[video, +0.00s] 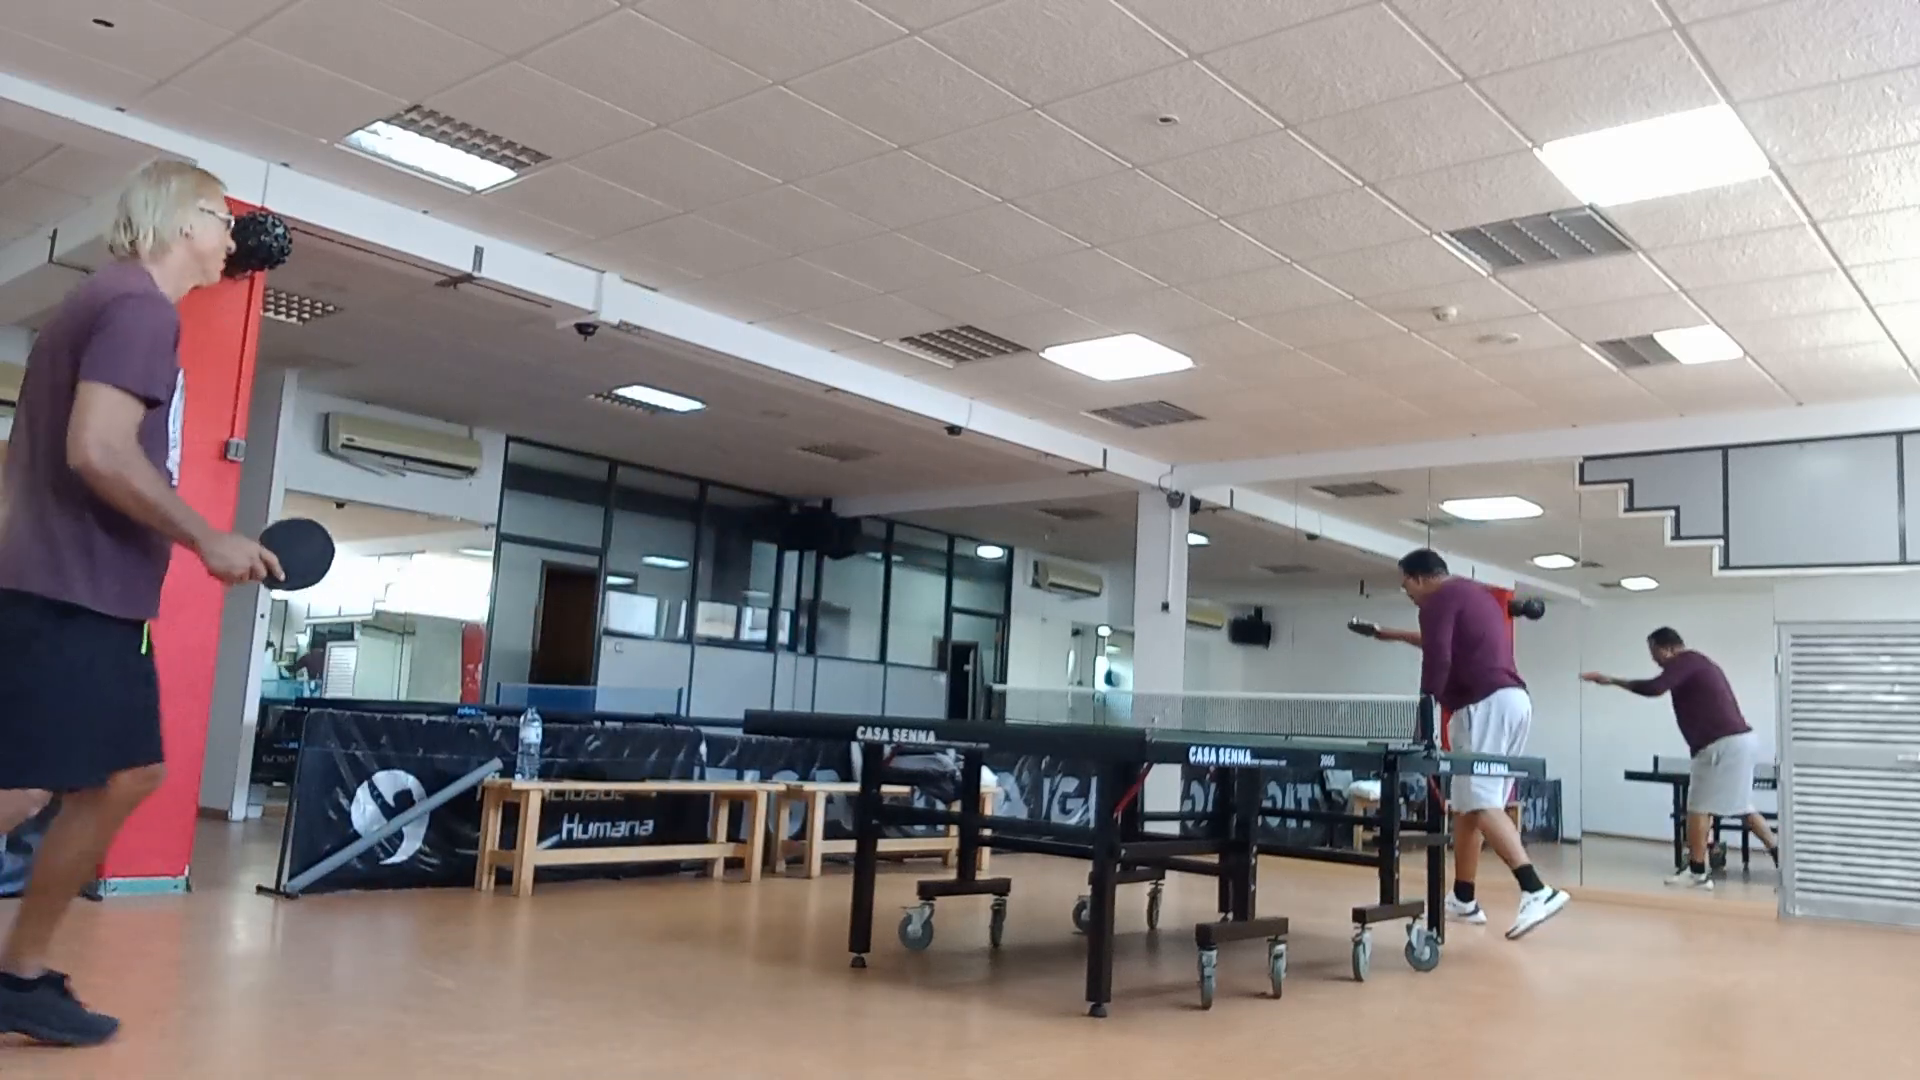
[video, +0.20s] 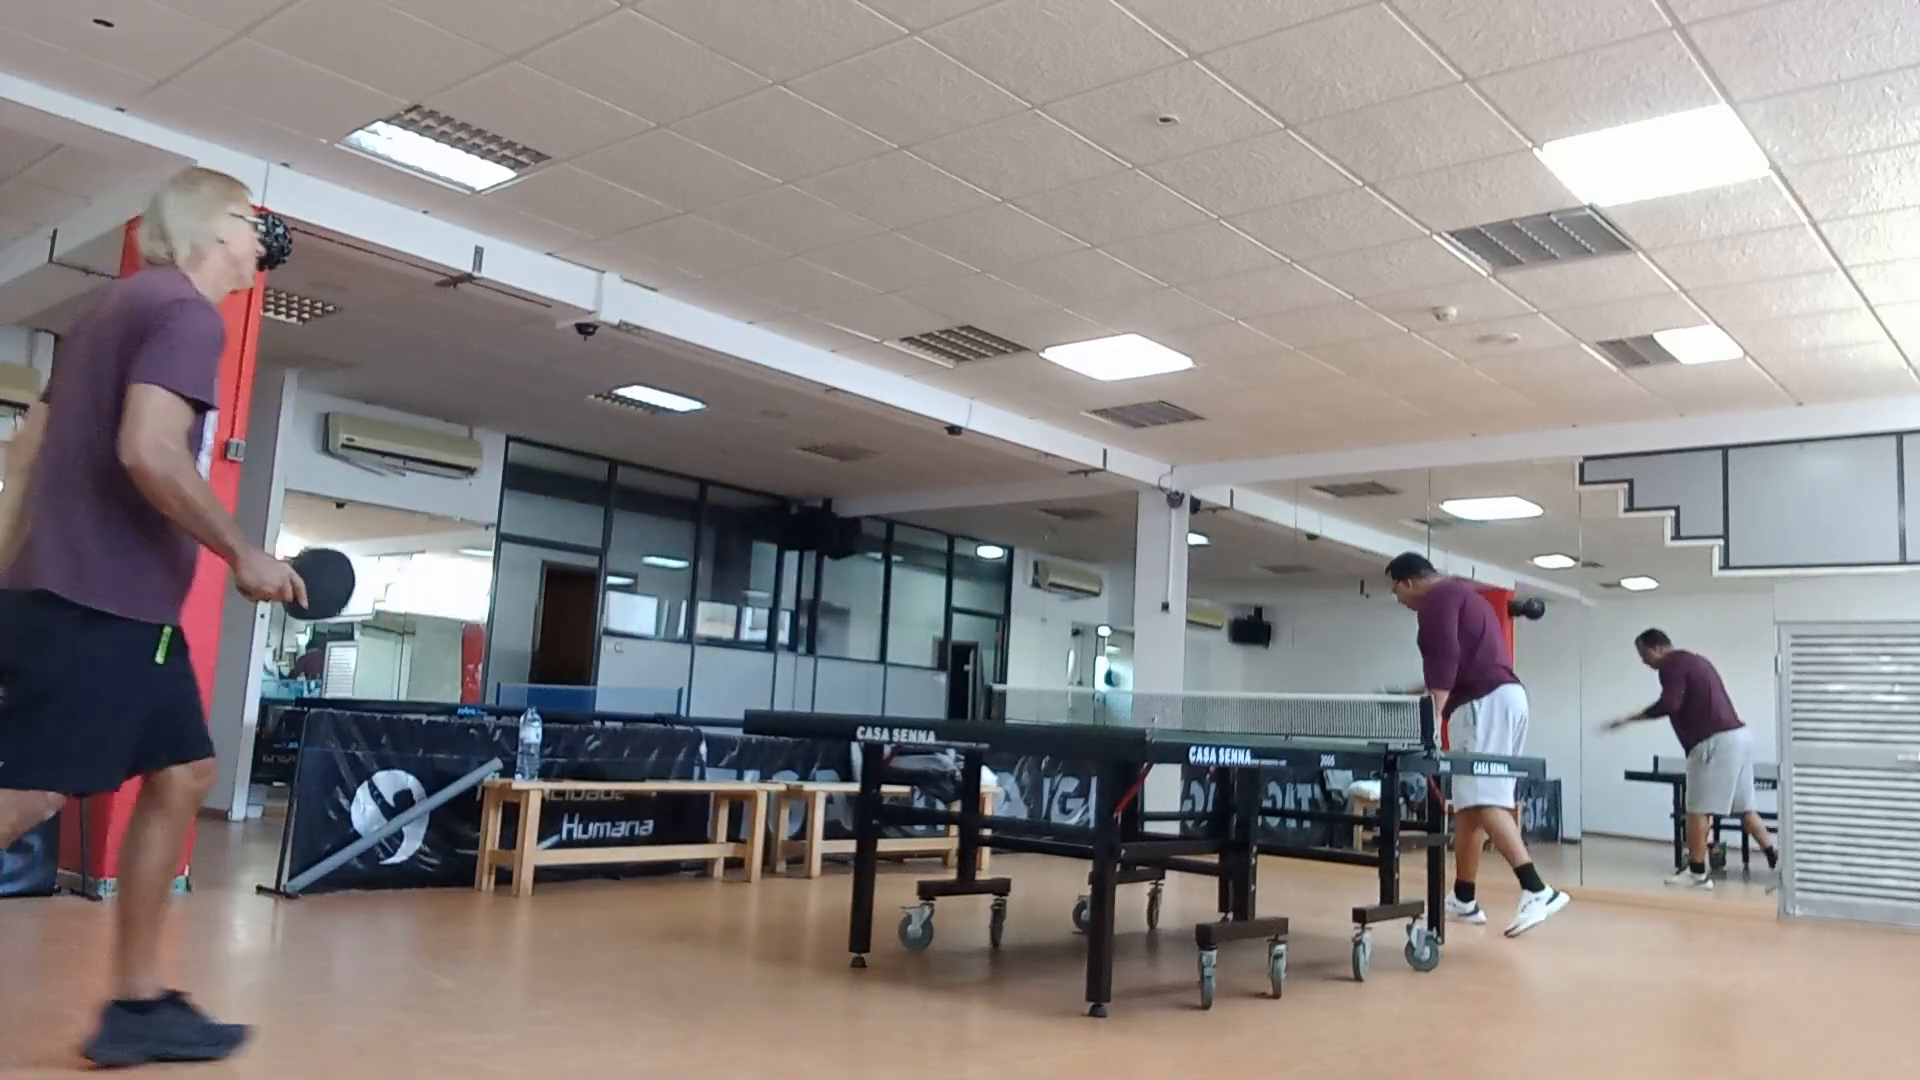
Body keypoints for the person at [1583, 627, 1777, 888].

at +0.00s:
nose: (1655, 660)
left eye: (1655, 654)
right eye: (1653, 655)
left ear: (1665, 648)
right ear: (1677, 645)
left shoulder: (1684, 662)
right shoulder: (1702, 661)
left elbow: (1654, 688)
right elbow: (1720, 704)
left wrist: (1611, 681)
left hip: (1718, 746)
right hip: (1742, 741)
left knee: (1697, 809)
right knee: (1744, 806)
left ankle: (1698, 873)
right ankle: (1778, 853)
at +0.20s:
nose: (1644, 663)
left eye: (1644, 656)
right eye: (1642, 657)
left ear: (1655, 648)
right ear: (1663, 645)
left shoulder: (1672, 664)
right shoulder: (1695, 660)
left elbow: (1670, 704)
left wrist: (1633, 717)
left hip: (1713, 743)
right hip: (1739, 736)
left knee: (1696, 809)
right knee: (1745, 808)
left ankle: (1697, 871)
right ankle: (1773, 856)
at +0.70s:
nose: (1662, 656)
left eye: (1660, 651)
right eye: (1661, 651)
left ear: (1664, 648)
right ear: (1685, 640)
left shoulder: (1668, 673)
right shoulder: (1719, 659)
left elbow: (1663, 718)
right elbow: (1747, 700)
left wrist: (1649, 755)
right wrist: (1744, 735)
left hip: (1714, 741)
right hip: (1747, 736)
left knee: (1702, 811)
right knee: (1755, 806)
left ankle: (1698, 872)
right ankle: (1778, 861)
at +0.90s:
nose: (1684, 649)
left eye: (1683, 645)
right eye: (1685, 645)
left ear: (1684, 643)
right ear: (1709, 638)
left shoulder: (1683, 670)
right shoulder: (1742, 659)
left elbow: (1667, 711)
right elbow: (1769, 695)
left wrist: (1648, 734)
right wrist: (1769, 728)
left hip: (1724, 742)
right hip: (1759, 740)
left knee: (1710, 812)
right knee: (1763, 811)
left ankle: (1697, 873)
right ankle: (1775, 871)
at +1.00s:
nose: (1705, 646)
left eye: (1701, 642)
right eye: (1712, 641)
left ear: (1698, 643)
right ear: (1723, 638)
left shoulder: (1693, 671)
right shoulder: (1754, 661)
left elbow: (1676, 703)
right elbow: (1780, 699)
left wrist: (1656, 708)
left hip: (1730, 743)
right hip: (1766, 742)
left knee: (1713, 813)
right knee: (1769, 814)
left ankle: (1697, 872)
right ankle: (1773, 878)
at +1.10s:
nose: (1726, 645)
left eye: (1720, 641)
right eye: (1732, 639)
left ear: (1715, 642)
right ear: (1740, 638)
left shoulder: (1708, 670)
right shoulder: (1767, 663)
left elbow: (1690, 700)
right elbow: (1782, 695)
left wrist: (1686, 685)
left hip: (1739, 745)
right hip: (1775, 744)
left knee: (1717, 812)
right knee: (1777, 816)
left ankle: (1698, 871)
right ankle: (1776, 878)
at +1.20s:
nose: (1749, 643)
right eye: (1753, 638)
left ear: (1733, 640)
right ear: (1757, 638)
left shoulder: (1721, 669)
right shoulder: (1776, 663)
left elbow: (1705, 704)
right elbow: (1789, 696)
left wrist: (1727, 685)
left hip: (1745, 745)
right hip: (1780, 744)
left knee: (1727, 811)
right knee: (1780, 816)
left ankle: (1711, 870)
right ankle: (1776, 879)